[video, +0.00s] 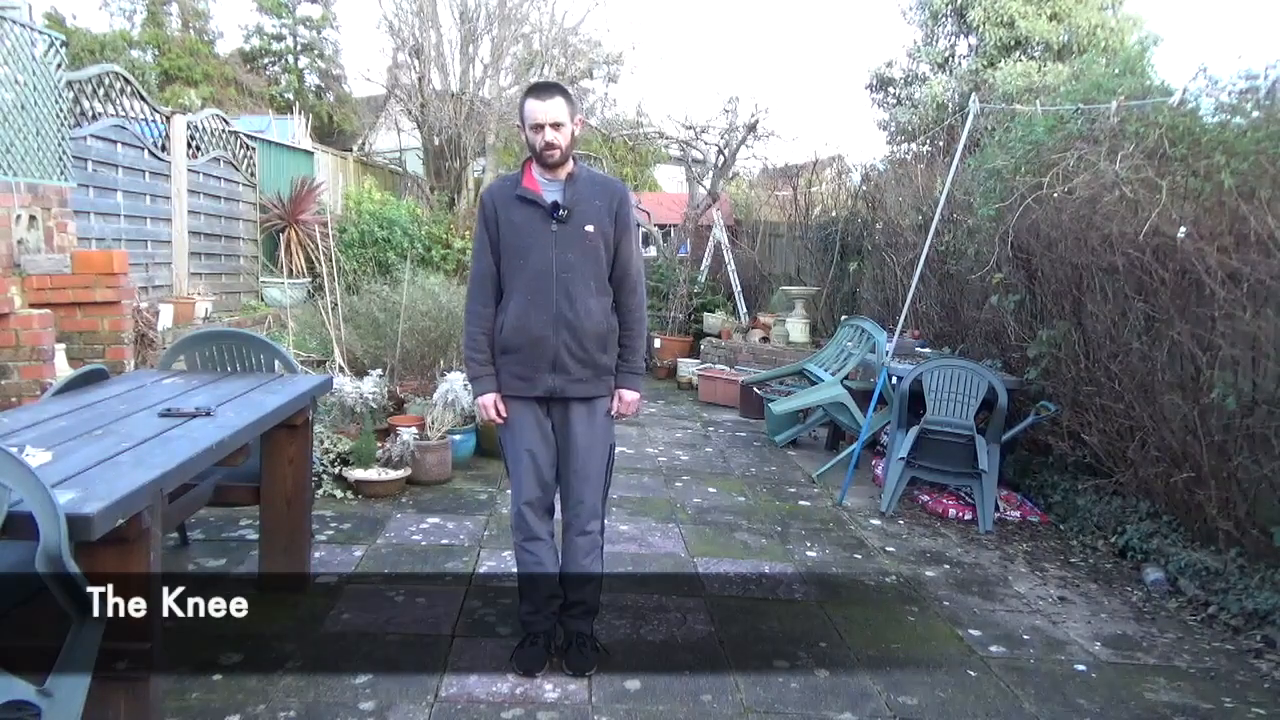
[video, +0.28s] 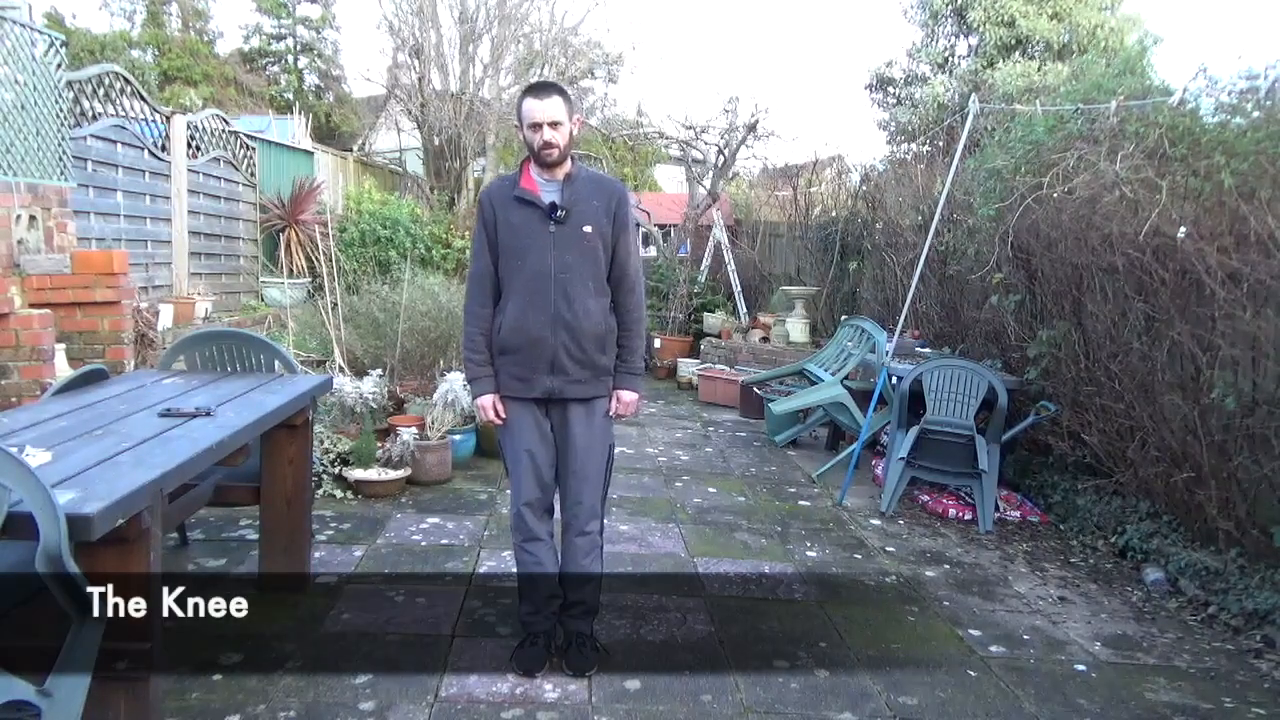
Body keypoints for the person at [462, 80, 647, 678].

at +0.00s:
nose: (546, 137)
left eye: (556, 125)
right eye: (536, 127)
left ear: (575, 126)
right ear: (523, 131)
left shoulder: (611, 194)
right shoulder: (498, 197)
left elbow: (631, 293)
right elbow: (481, 295)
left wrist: (631, 375)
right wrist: (481, 378)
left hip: (592, 378)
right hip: (518, 379)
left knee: (585, 507)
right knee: (530, 505)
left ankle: (580, 632)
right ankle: (536, 631)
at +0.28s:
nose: (545, 135)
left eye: (554, 124)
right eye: (534, 126)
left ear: (574, 126)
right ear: (522, 132)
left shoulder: (610, 194)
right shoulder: (496, 198)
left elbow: (630, 292)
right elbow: (479, 296)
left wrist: (630, 376)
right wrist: (480, 380)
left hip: (591, 379)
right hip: (517, 380)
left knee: (584, 509)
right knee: (529, 507)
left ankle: (579, 633)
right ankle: (536, 633)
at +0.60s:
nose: (542, 135)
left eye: (552, 124)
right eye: (532, 126)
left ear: (573, 126)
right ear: (520, 132)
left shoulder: (609, 194)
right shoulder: (495, 198)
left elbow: (629, 292)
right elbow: (478, 296)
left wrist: (628, 376)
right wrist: (479, 380)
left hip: (590, 378)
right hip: (517, 380)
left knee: (583, 509)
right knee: (529, 507)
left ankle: (579, 631)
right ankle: (536, 631)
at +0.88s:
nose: (543, 136)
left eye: (552, 125)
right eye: (532, 127)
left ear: (573, 126)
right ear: (520, 131)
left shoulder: (607, 194)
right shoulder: (494, 198)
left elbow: (627, 291)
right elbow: (472, 294)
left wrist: (628, 375)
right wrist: (479, 372)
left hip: (590, 377)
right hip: (516, 379)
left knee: (584, 508)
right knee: (529, 507)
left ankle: (580, 629)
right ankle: (536, 630)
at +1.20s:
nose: (547, 138)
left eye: (557, 127)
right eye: (537, 127)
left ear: (574, 129)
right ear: (522, 129)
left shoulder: (605, 194)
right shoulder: (493, 196)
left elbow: (627, 290)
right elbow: (464, 286)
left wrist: (628, 374)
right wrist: (500, 248)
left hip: (589, 376)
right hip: (516, 377)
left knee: (584, 509)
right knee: (529, 506)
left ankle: (579, 631)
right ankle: (535, 632)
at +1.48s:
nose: (557, 141)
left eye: (567, 132)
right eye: (548, 130)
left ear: (580, 134)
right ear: (528, 128)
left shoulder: (606, 195)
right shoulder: (494, 194)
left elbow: (625, 292)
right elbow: (466, 288)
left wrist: (627, 376)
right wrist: (497, 237)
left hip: (589, 376)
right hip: (516, 376)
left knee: (583, 509)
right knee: (529, 506)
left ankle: (579, 632)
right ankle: (535, 632)